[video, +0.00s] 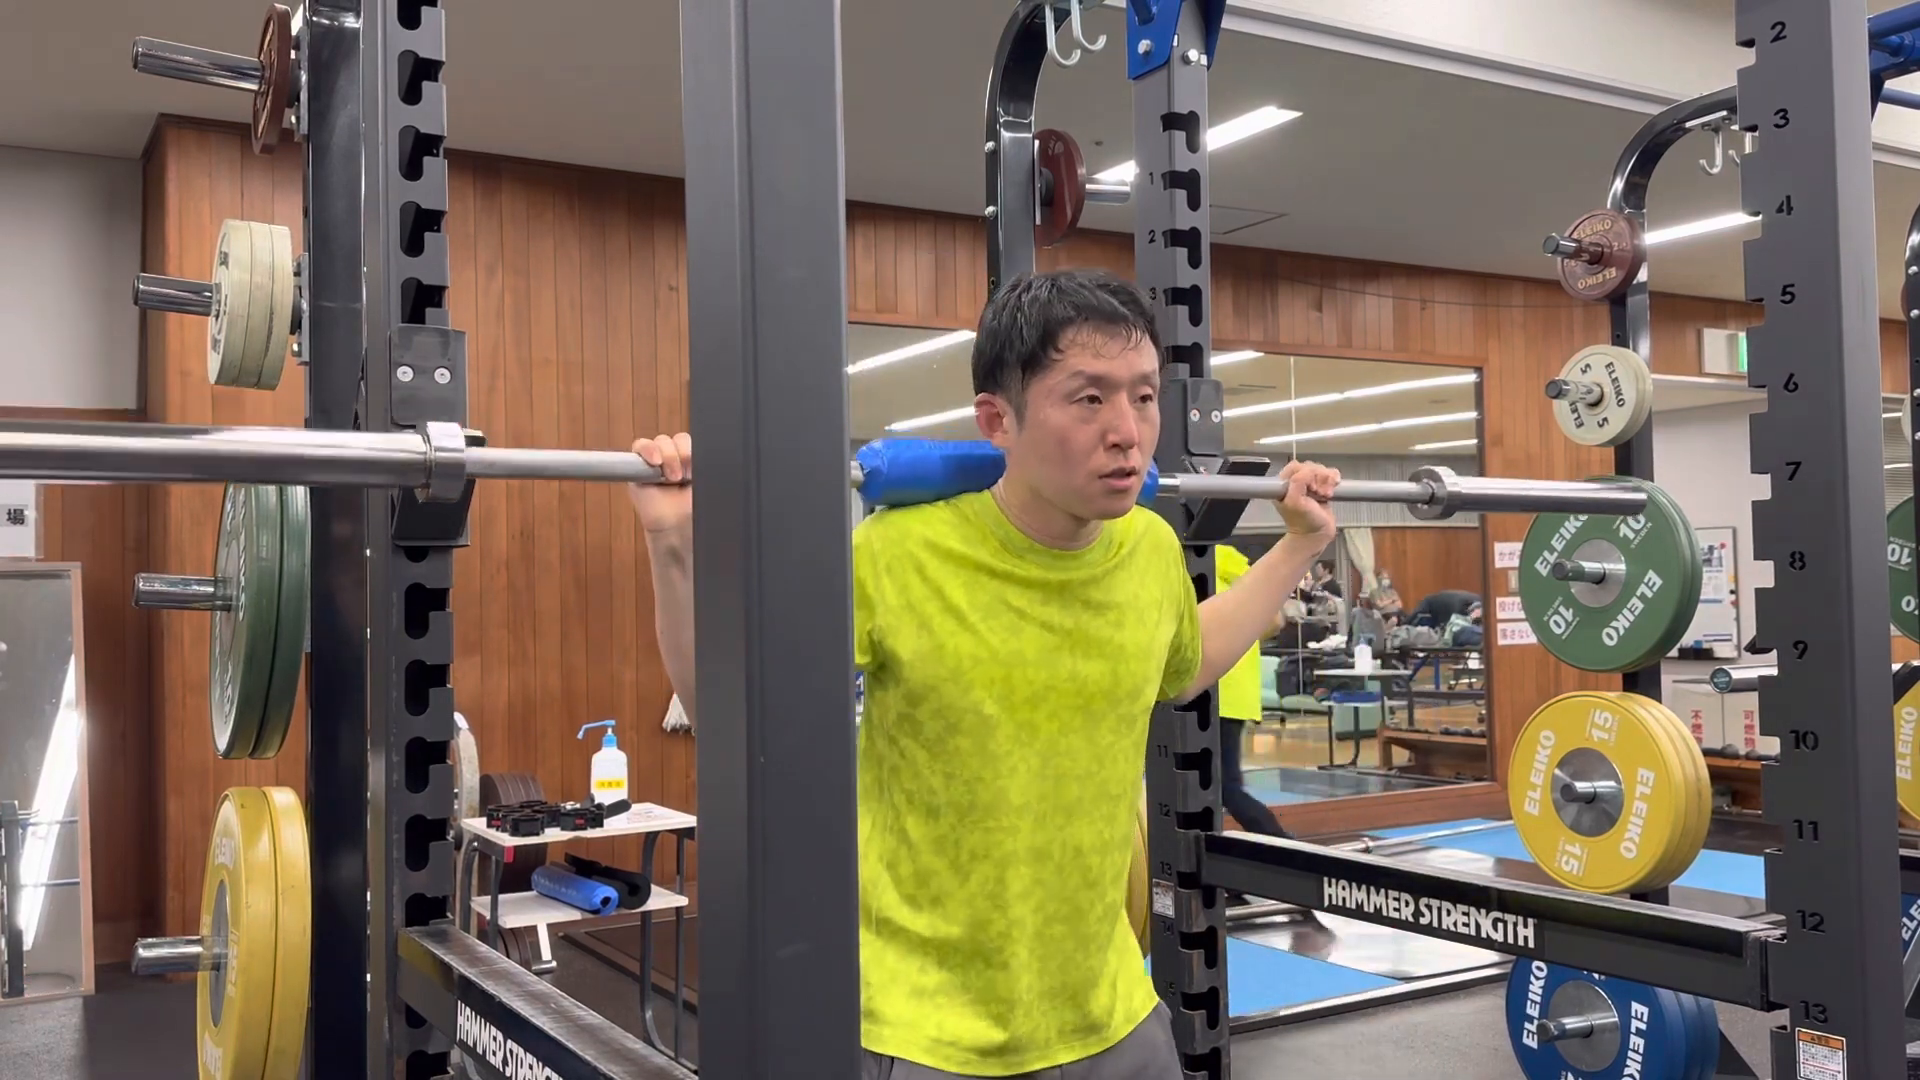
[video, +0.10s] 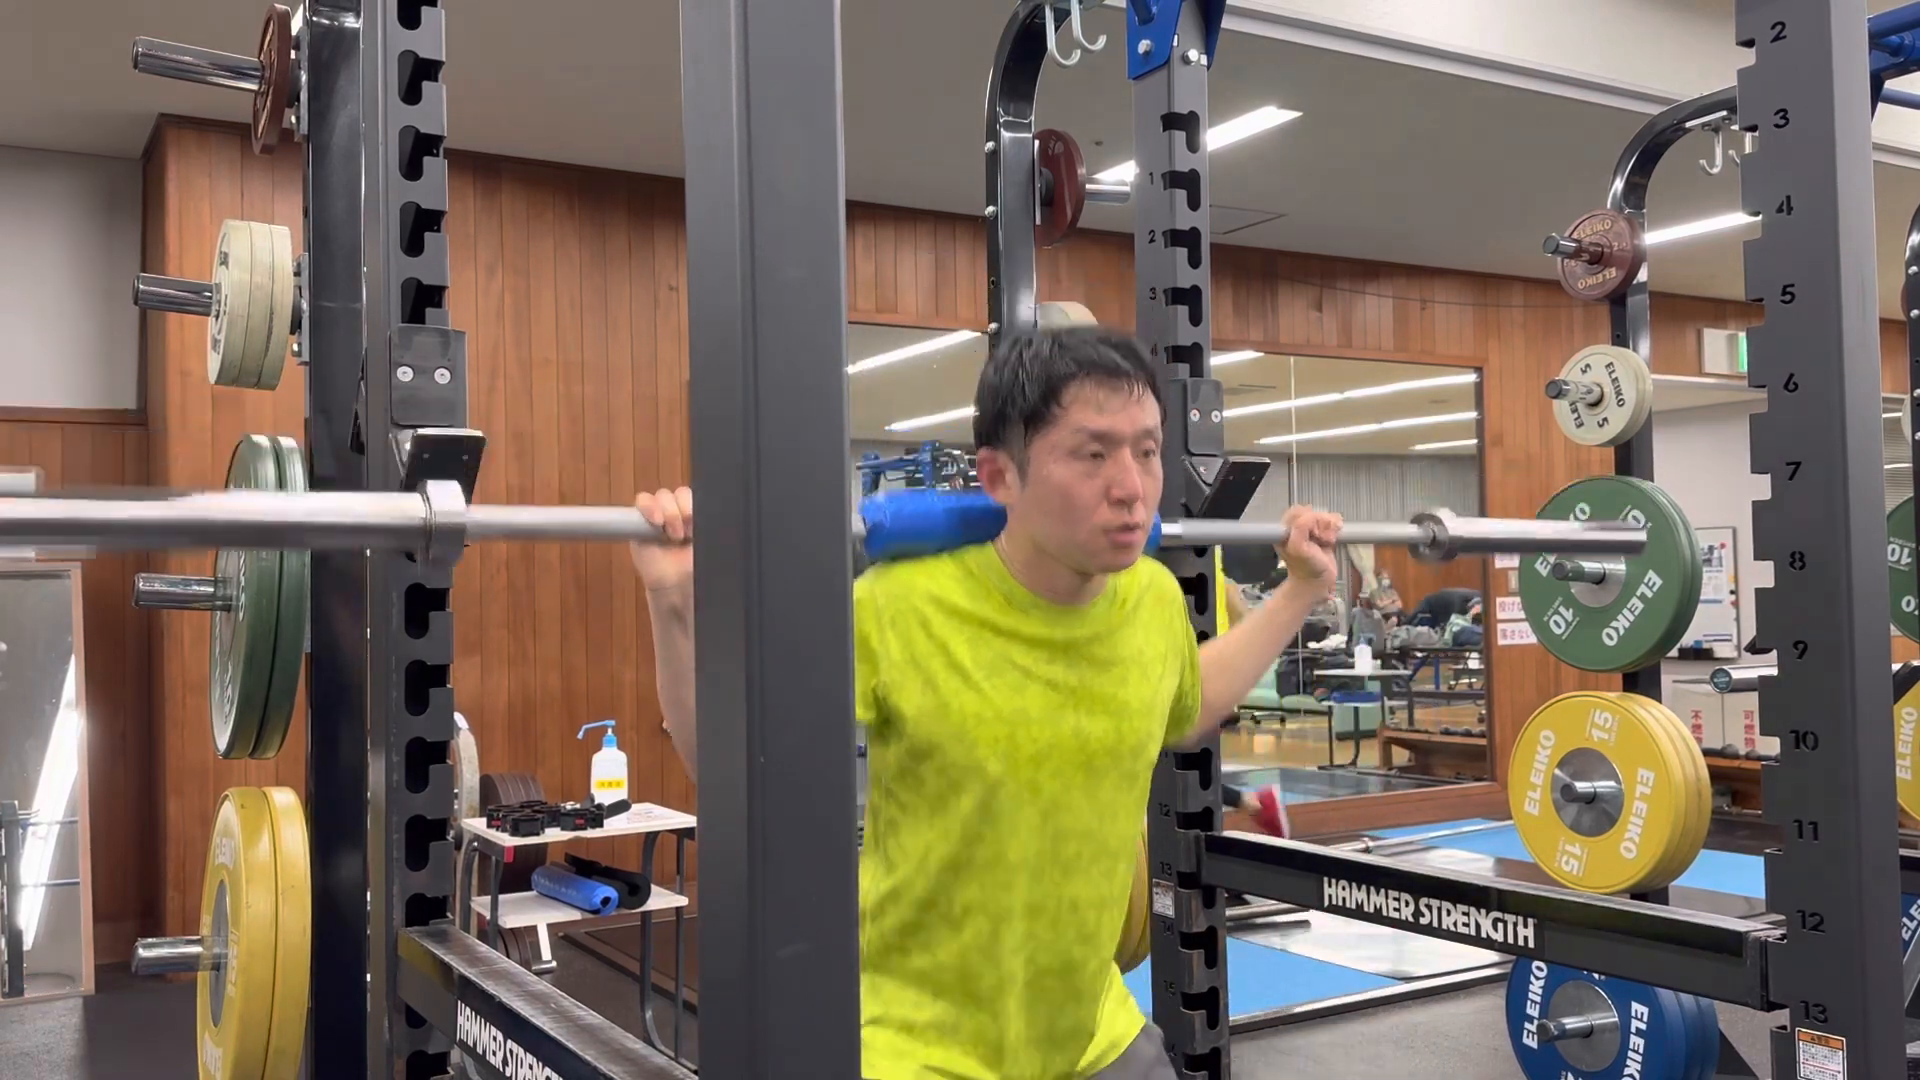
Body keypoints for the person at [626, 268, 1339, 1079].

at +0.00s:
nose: (1129, 431)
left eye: (1143, 397)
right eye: (1088, 397)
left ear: (1161, 409)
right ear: (997, 420)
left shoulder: (1150, 551)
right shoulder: (892, 561)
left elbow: (1184, 662)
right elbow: (715, 700)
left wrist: (1299, 548)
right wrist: (675, 550)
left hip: (1111, 1016)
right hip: (924, 1033)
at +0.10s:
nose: (1133, 485)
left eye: (1147, 453)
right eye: (1092, 454)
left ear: (1164, 461)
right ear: (999, 476)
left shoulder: (1151, 599)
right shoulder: (894, 608)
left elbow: (1183, 711)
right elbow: (719, 761)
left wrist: (1298, 598)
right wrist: (677, 612)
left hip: (1091, 1025)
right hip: (914, 1037)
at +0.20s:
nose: (1141, 559)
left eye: (1155, 527)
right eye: (1099, 528)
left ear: (1170, 535)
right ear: (1007, 546)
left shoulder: (1161, 667)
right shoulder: (905, 683)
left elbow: (1193, 768)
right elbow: (729, 834)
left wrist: (1308, 652)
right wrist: (681, 686)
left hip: (1079, 1050)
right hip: (911, 1052)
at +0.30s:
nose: (1149, 647)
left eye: (1163, 614)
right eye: (1107, 618)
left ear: (1179, 619)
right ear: (1014, 637)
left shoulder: (1169, 748)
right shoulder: (911, 777)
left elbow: (1196, 848)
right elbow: (735, 917)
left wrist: (1316, 730)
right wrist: (691, 788)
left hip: (1074, 1060)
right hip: (905, 1060)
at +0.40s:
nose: (1152, 704)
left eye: (1165, 670)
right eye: (1109, 674)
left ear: (1181, 674)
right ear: (1017, 692)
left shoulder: (1173, 797)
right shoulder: (906, 839)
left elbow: (1200, 891)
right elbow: (737, 977)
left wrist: (1319, 775)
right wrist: (692, 838)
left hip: (1092, 1063)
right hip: (917, 1064)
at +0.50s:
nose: (1157, 766)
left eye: (1169, 729)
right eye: (1114, 737)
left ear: (1186, 732)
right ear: (1019, 754)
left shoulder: (1179, 856)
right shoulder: (915, 895)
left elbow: (1203, 945)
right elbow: (735, 1033)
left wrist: (1324, 830)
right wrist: (694, 908)